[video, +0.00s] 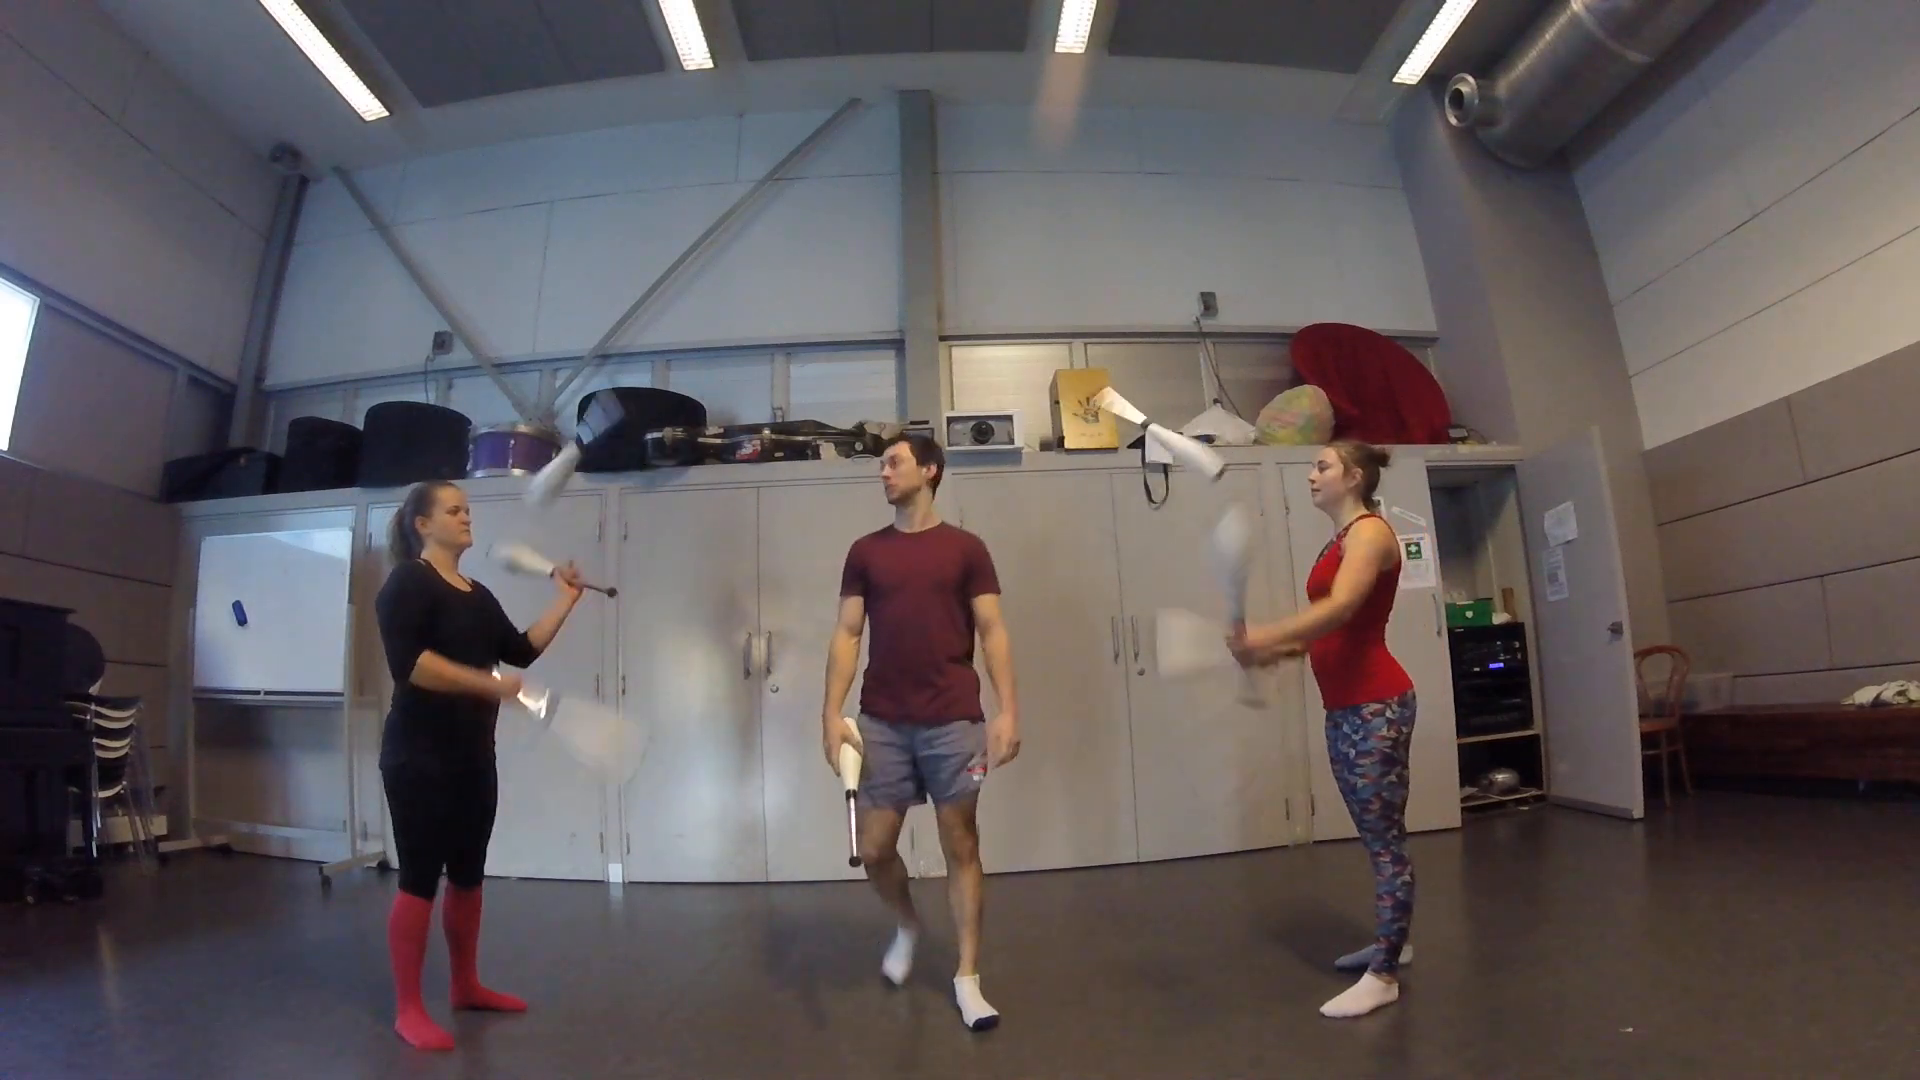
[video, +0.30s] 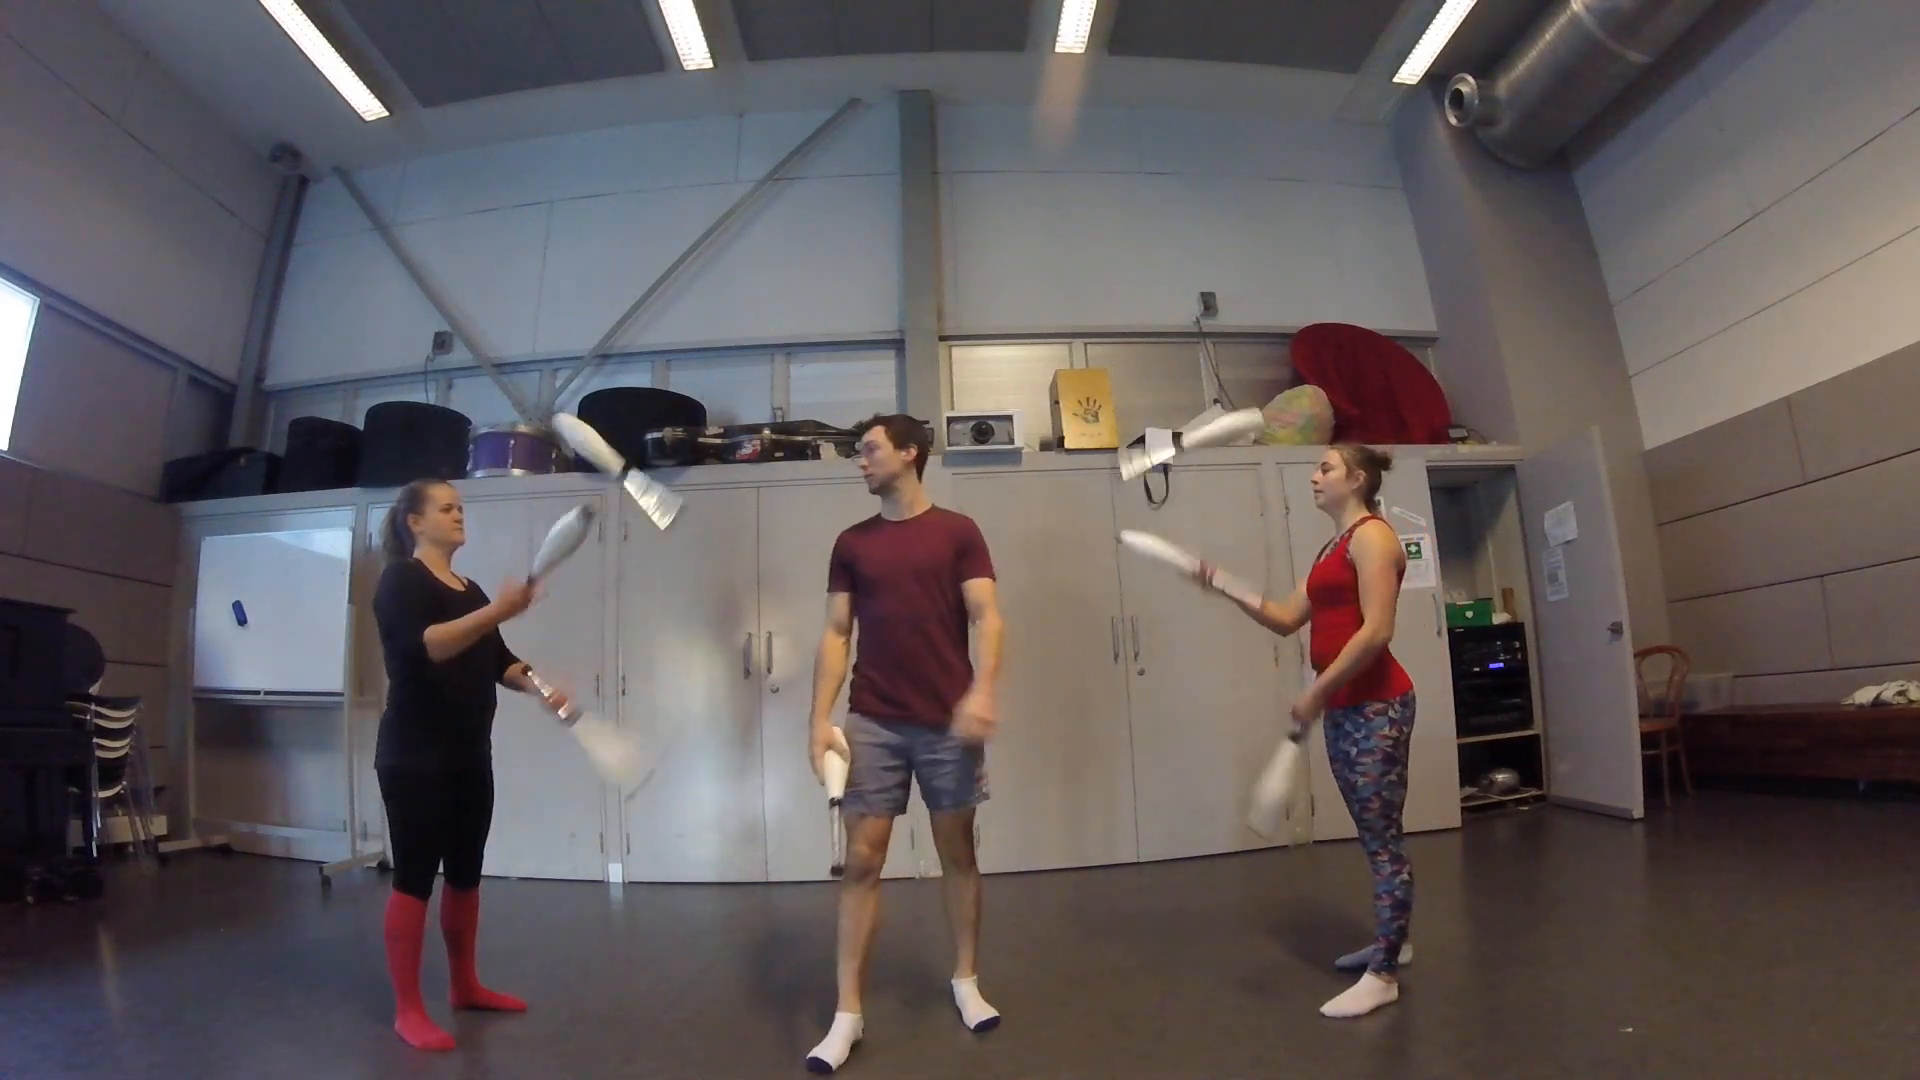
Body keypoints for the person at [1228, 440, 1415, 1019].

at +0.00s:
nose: (1312, 476)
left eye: (1323, 467)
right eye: (1313, 467)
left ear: (1355, 477)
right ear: (1339, 479)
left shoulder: (1369, 534)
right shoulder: (1342, 540)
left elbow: (1343, 607)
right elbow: (1333, 631)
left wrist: (1265, 635)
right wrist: (1273, 650)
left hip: (1374, 707)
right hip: (1351, 707)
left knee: (1383, 838)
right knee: (1377, 834)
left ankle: (1383, 975)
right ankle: (1392, 944)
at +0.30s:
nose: (1315, 477)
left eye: (1326, 469)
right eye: (1315, 470)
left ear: (1360, 479)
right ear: (1341, 482)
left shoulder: (1373, 536)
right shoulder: (1336, 547)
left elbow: (1378, 631)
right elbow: (1286, 618)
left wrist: (1317, 691)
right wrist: (1220, 581)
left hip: (1375, 706)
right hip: (1346, 707)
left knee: (1381, 836)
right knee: (1376, 833)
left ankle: (1384, 975)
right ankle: (1394, 942)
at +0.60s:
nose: (1311, 475)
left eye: (1323, 467)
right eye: (1312, 467)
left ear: (1355, 479)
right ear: (1331, 483)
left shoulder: (1373, 536)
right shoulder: (1329, 546)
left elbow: (1357, 622)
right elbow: (1304, 630)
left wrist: (1278, 599)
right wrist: (1266, 687)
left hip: (1380, 707)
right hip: (1345, 709)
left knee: (1383, 836)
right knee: (1376, 834)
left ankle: (1383, 973)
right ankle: (1392, 942)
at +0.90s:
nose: (1312, 479)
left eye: (1323, 470)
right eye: (1313, 471)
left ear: (1356, 480)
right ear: (1333, 482)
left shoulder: (1378, 538)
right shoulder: (1328, 548)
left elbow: (1380, 626)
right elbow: (1295, 627)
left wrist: (1311, 646)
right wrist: (1236, 641)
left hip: (1379, 706)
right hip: (1342, 708)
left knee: (1378, 832)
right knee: (1371, 830)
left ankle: (1382, 969)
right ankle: (1392, 940)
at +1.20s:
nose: (1320, 481)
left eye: (1332, 472)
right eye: (1320, 473)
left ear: (1365, 482)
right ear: (1345, 484)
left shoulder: (1383, 539)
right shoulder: (1341, 548)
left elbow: (1385, 630)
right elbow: (1299, 620)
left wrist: (1331, 694)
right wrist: (1228, 599)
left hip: (1386, 701)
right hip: (1353, 704)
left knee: (1378, 826)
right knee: (1372, 825)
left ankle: (1392, 963)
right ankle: (1393, 943)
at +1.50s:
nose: (1331, 477)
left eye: (1343, 467)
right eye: (1331, 468)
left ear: (1375, 479)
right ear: (1350, 482)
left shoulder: (1393, 535)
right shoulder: (1355, 543)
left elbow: (1368, 620)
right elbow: (1342, 631)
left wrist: (1286, 610)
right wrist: (1299, 674)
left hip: (1400, 703)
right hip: (1363, 703)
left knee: (1395, 825)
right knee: (1375, 824)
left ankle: (1416, 950)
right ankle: (1394, 935)